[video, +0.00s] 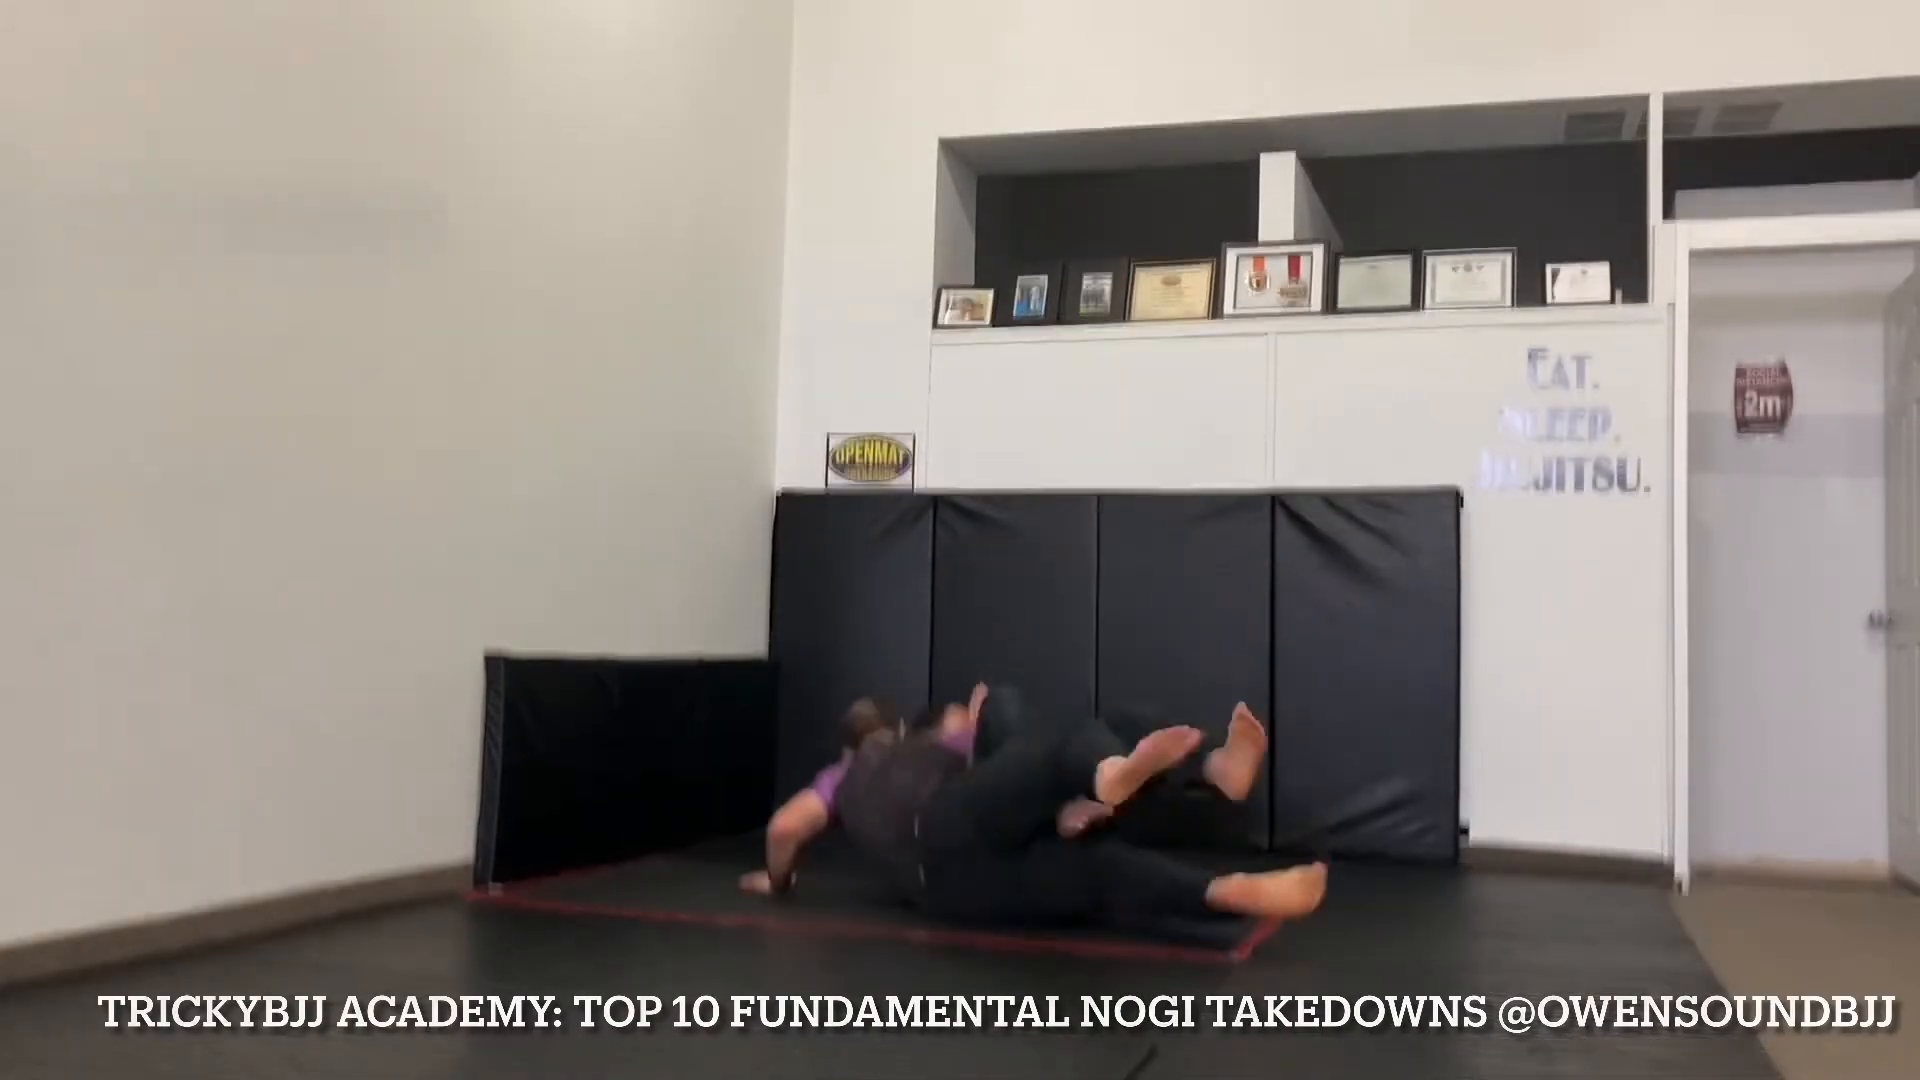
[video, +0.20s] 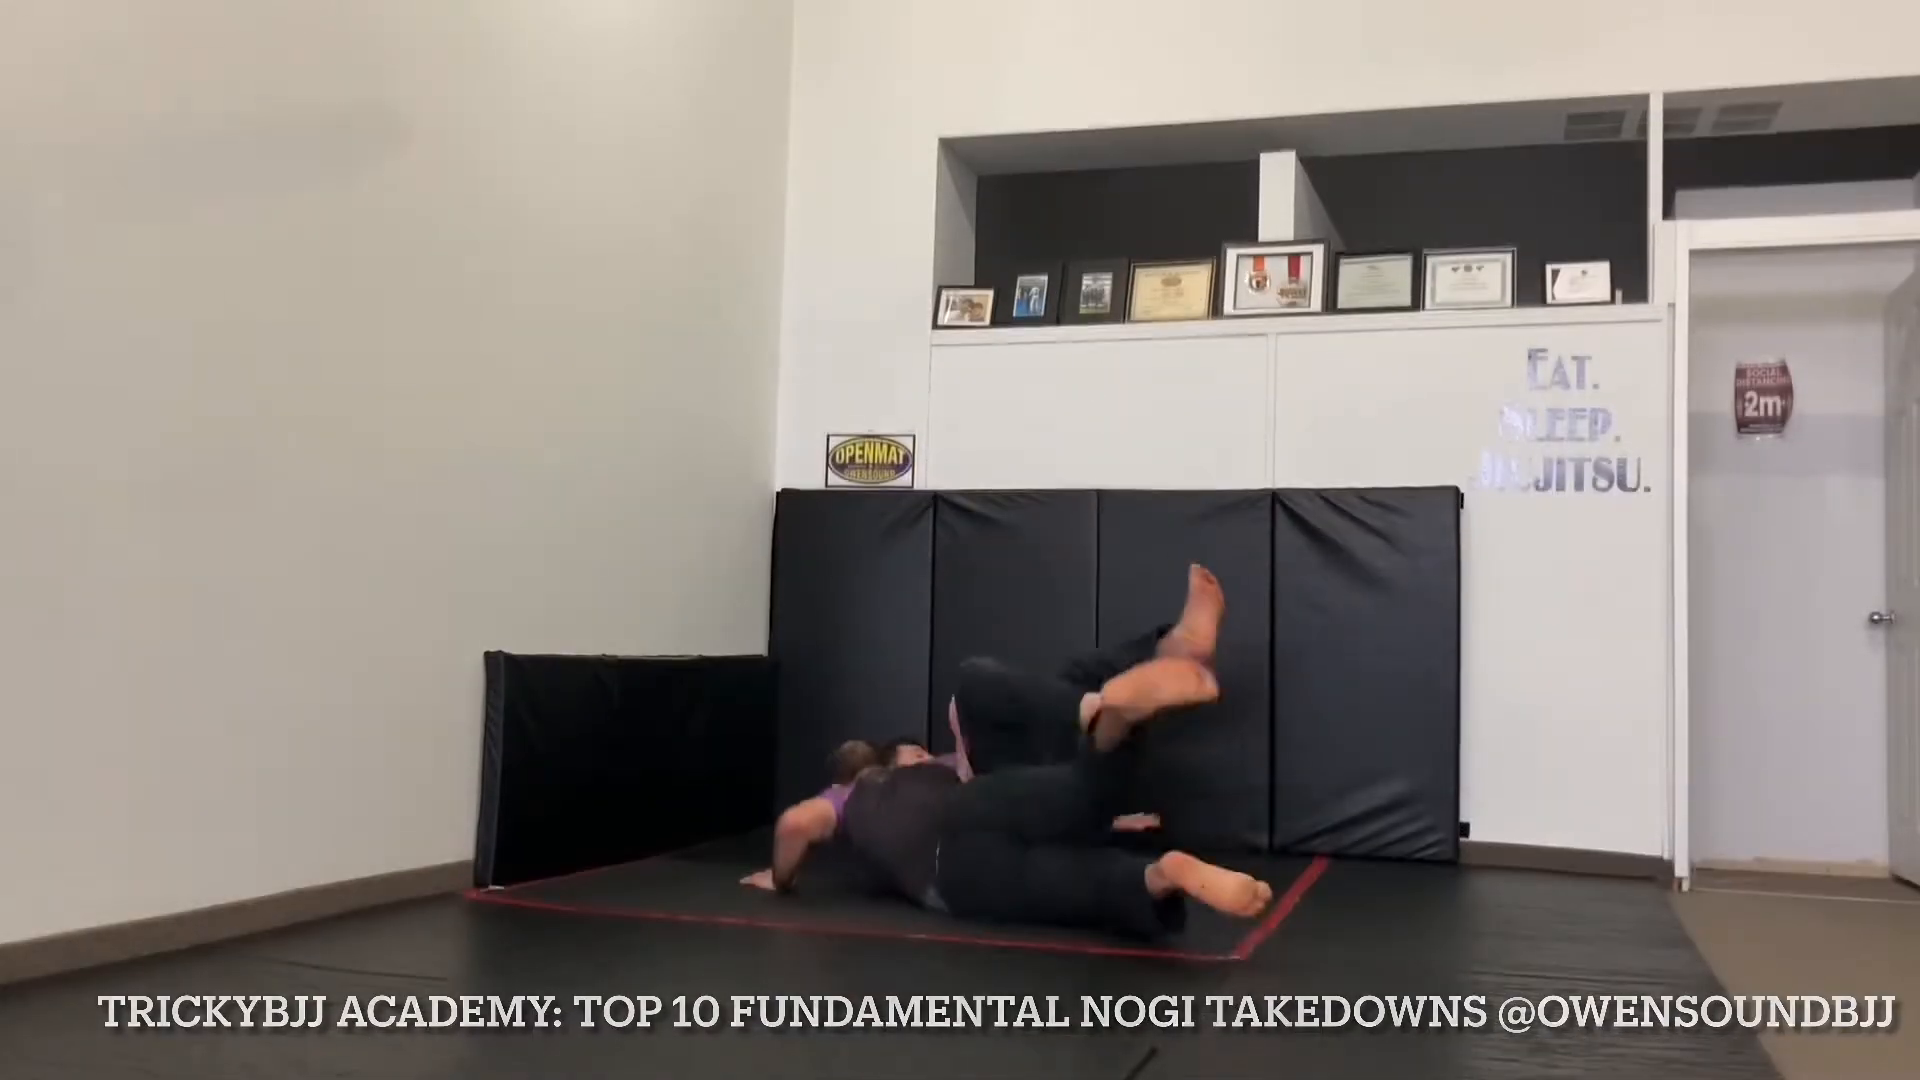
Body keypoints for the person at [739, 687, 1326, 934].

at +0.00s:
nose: (893, 723)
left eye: (876, 729)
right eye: (893, 721)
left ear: (849, 743)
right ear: (899, 724)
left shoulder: (843, 778)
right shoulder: (928, 742)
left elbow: (786, 826)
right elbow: (977, 712)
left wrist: (775, 878)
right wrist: (968, 711)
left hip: (950, 885)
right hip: (965, 818)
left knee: (1100, 874)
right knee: (1054, 748)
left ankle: (1234, 891)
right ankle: (1106, 766)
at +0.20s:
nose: (933, 754)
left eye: (928, 751)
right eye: (923, 753)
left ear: (861, 778)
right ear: (898, 761)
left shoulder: (848, 803)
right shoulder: (950, 781)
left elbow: (793, 824)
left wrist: (779, 877)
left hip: (949, 871)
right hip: (980, 809)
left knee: (1074, 882)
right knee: (1091, 789)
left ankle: (1172, 877)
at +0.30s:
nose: (922, 751)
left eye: (913, 752)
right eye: (916, 751)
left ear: (858, 776)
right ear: (904, 757)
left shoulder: (851, 794)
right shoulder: (939, 769)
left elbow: (796, 810)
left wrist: (782, 877)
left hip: (956, 861)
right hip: (995, 800)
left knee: (1082, 883)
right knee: (1105, 812)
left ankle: (1175, 865)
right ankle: (1138, 751)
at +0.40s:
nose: (863, 764)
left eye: (862, 760)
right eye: (893, 748)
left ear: (866, 759)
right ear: (913, 746)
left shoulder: (861, 778)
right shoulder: (947, 758)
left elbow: (795, 802)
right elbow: (995, 783)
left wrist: (781, 876)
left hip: (967, 864)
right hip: (1003, 803)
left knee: (1104, 891)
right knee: (1134, 824)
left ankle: (1184, 879)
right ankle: (1173, 797)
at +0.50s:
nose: (880, 752)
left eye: (873, 747)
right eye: (910, 736)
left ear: (875, 740)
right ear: (921, 725)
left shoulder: (870, 761)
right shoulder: (955, 742)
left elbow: (799, 802)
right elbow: (1005, 770)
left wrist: (781, 876)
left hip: (983, 851)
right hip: (1021, 796)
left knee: (1108, 890)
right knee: (1116, 813)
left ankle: (1197, 895)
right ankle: (1194, 835)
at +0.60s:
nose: (881, 740)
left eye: (883, 731)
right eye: (898, 722)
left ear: (891, 729)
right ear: (936, 712)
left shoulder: (886, 749)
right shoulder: (972, 726)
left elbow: (811, 801)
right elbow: (1021, 763)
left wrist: (783, 874)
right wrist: (1029, 719)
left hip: (1010, 825)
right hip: (1061, 765)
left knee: (1123, 892)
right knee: (1154, 836)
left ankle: (1200, 895)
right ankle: (1220, 880)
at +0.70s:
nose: (895, 736)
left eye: (896, 726)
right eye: (910, 718)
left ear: (904, 720)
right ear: (949, 705)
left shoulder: (901, 739)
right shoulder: (992, 714)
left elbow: (828, 804)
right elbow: (1055, 768)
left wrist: (785, 874)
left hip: (1039, 780)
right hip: (1100, 739)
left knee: (1126, 888)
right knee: (1128, 848)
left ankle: (1232, 883)